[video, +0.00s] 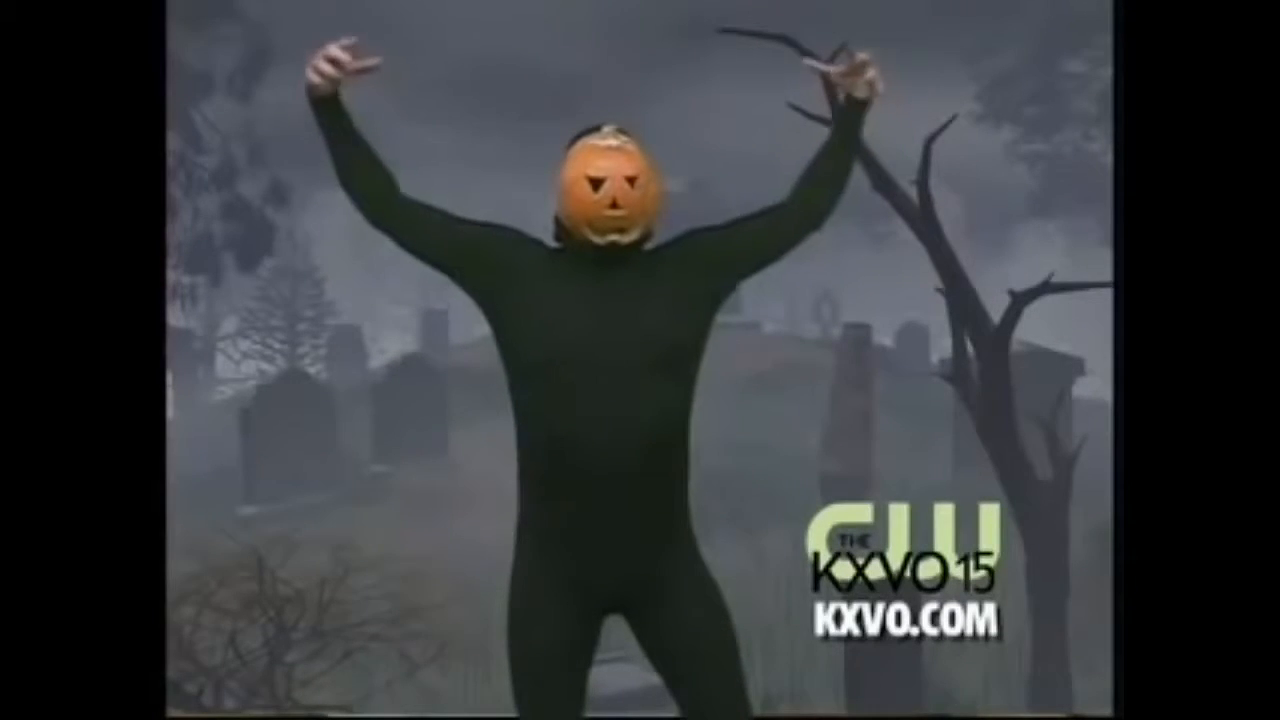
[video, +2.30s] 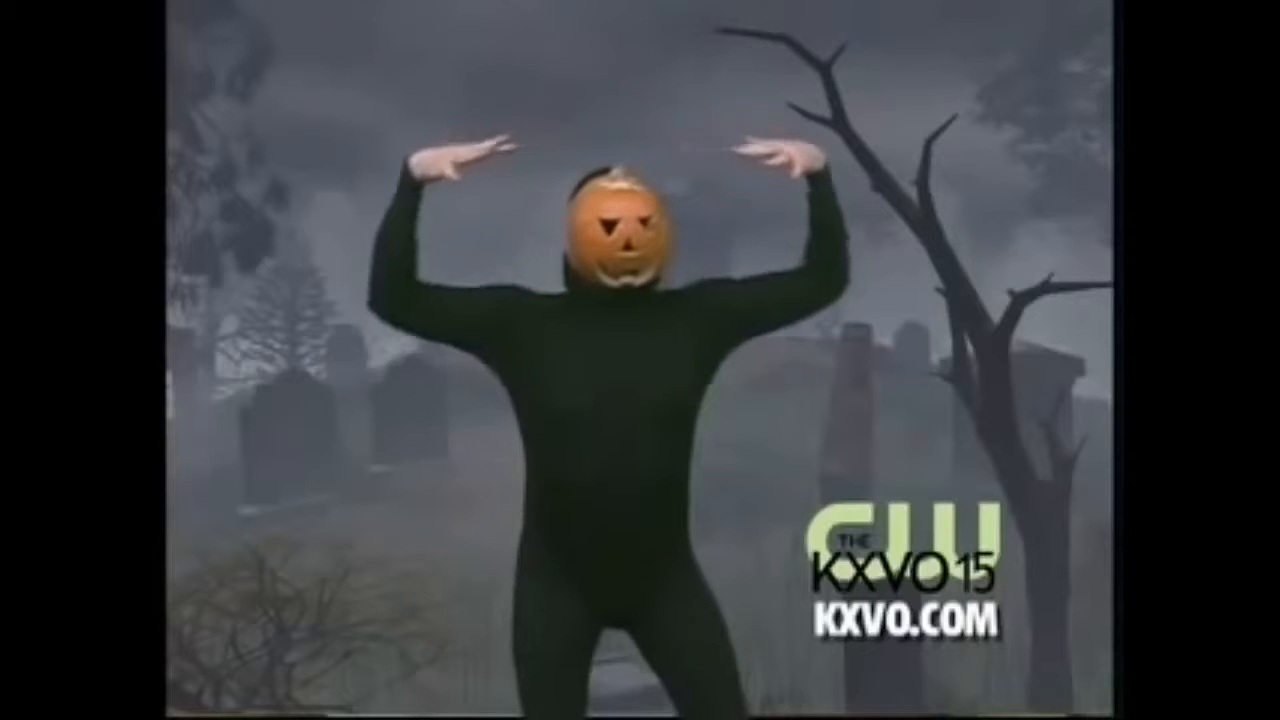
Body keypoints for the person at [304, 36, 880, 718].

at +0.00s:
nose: (614, 190)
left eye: (630, 179)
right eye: (594, 178)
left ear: (656, 199)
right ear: (561, 202)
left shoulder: (694, 270)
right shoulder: (509, 270)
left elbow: (803, 210)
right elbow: (386, 205)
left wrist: (848, 115)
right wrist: (326, 102)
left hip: (665, 557)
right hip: (553, 562)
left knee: (725, 708)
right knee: (545, 710)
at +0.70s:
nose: (619, 191)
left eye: (635, 181)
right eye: (599, 181)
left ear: (661, 203)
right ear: (564, 205)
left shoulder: (689, 268)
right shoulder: (519, 268)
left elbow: (778, 169)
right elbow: (427, 167)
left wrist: (795, 42)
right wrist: (407, 29)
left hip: (667, 561)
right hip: (554, 565)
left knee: (727, 711)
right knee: (546, 711)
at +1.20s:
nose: (625, 210)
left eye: (642, 199)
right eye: (602, 197)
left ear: (666, 224)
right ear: (570, 224)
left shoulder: (689, 288)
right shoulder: (530, 288)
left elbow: (767, 182)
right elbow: (456, 191)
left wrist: (715, 61)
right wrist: (513, 57)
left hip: (665, 565)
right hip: (554, 568)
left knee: (727, 711)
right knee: (545, 711)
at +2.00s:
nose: (629, 232)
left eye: (644, 219)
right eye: (608, 220)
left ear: (667, 238)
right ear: (573, 241)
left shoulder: (699, 310)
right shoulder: (522, 314)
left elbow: (813, 248)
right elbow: (407, 263)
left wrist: (779, 155)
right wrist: (456, 154)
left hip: (665, 573)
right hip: (557, 578)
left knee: (722, 709)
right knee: (551, 711)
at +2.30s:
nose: (627, 236)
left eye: (642, 223)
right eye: (606, 223)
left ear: (667, 240)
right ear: (571, 242)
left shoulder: (700, 317)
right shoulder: (518, 322)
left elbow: (823, 280)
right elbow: (393, 296)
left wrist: (818, 177)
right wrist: (411, 182)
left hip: (665, 577)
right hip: (556, 583)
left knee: (722, 710)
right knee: (551, 714)